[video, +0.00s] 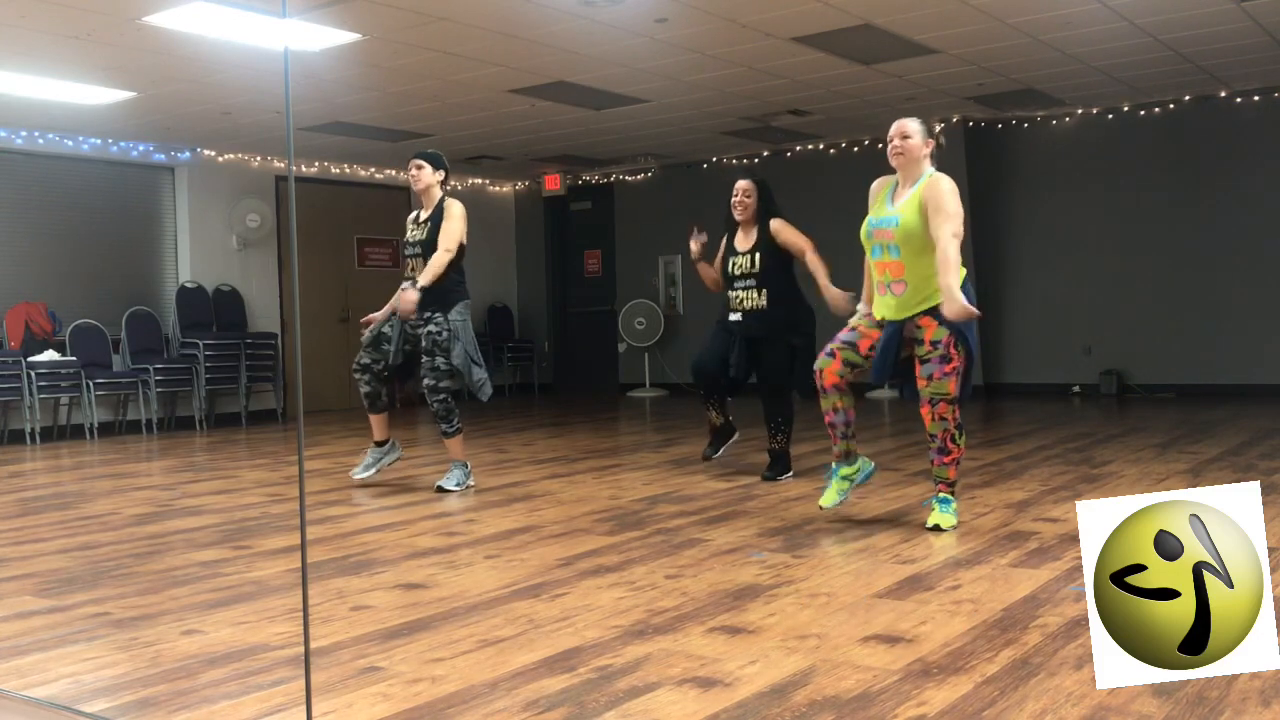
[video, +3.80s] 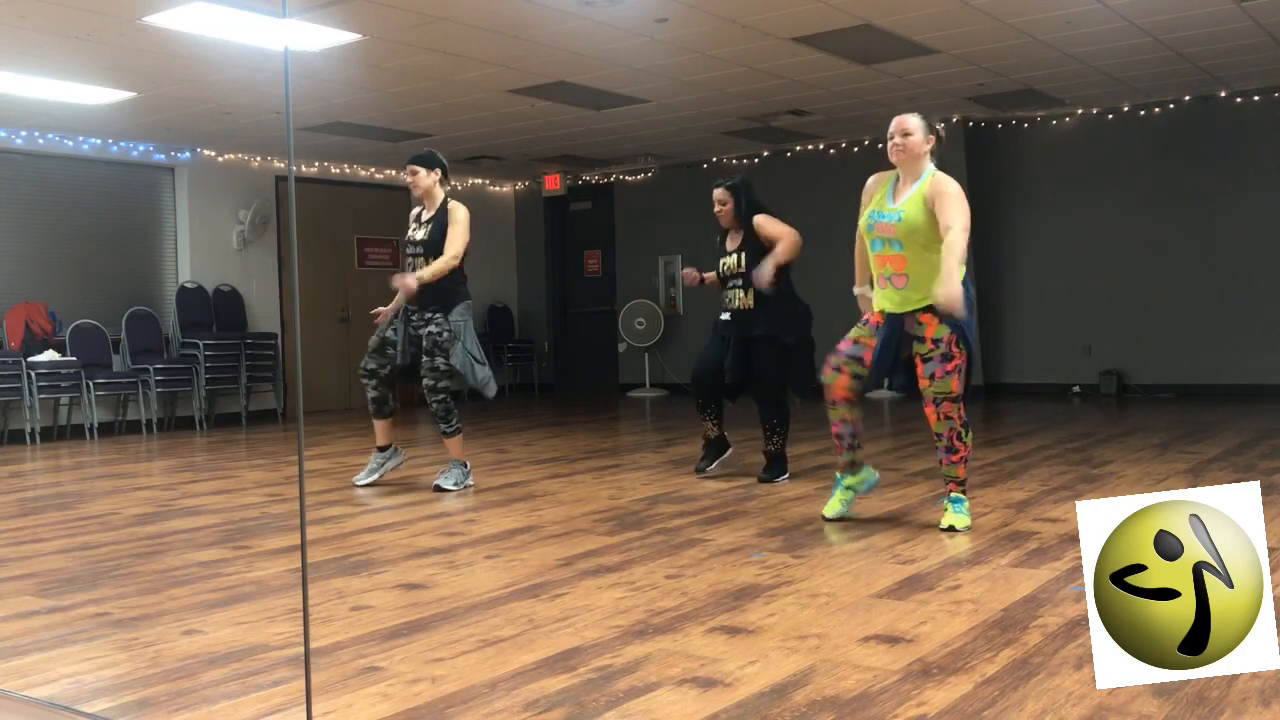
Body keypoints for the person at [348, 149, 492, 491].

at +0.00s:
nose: (412, 173)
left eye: (419, 168)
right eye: (410, 169)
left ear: (439, 175)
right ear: (409, 179)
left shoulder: (452, 208)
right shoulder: (413, 219)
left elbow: (446, 252)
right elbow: (411, 274)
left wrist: (416, 286)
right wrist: (386, 311)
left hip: (444, 314)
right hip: (410, 313)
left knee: (437, 385)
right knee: (367, 367)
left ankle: (460, 466)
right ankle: (383, 445)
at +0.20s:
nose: (400, 166)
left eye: (408, 162)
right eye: (398, 162)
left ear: (427, 170)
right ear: (397, 172)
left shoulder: (441, 201)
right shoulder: (394, 216)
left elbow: (465, 252)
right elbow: (398, 272)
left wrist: (466, 304)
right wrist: (369, 311)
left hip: (433, 310)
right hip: (397, 311)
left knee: (445, 385)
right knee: (399, 386)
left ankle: (460, 466)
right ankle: (399, 461)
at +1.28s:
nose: (389, 168)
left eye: (398, 165)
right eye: (389, 163)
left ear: (415, 176)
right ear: (385, 174)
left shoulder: (432, 210)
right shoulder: (374, 220)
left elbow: (457, 259)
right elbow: (369, 275)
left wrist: (468, 301)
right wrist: (334, 299)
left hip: (428, 311)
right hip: (389, 314)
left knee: (435, 384)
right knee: (392, 388)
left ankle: (458, 462)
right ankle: (400, 463)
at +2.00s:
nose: (386, 176)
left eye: (394, 172)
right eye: (385, 170)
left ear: (411, 182)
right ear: (382, 178)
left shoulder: (426, 219)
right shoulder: (366, 214)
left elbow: (444, 268)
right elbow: (346, 262)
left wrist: (441, 287)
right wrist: (327, 308)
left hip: (420, 312)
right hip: (382, 316)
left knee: (428, 378)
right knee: (380, 387)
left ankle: (454, 455)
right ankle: (400, 464)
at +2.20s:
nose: (392, 169)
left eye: (400, 164)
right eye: (391, 164)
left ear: (420, 171)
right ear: (391, 172)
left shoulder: (435, 209)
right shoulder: (384, 208)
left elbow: (441, 265)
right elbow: (384, 260)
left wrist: (398, 270)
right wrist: (376, 302)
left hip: (427, 310)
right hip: (390, 311)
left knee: (435, 386)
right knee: (392, 385)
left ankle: (456, 465)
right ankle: (400, 462)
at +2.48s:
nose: (394, 173)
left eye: (401, 168)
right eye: (392, 168)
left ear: (422, 174)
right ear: (393, 176)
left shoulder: (433, 205)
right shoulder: (400, 220)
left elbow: (443, 258)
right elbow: (407, 278)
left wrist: (424, 307)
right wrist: (380, 300)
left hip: (435, 308)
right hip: (402, 309)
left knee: (435, 383)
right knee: (373, 373)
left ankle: (456, 465)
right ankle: (391, 453)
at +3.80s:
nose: (407, 179)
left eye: (413, 173)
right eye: (406, 174)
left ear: (436, 174)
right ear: (412, 179)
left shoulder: (456, 211)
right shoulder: (416, 215)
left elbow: (452, 257)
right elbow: (415, 271)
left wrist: (417, 277)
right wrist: (394, 307)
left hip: (445, 314)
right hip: (412, 313)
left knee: (437, 385)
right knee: (374, 370)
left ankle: (459, 465)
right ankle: (386, 450)